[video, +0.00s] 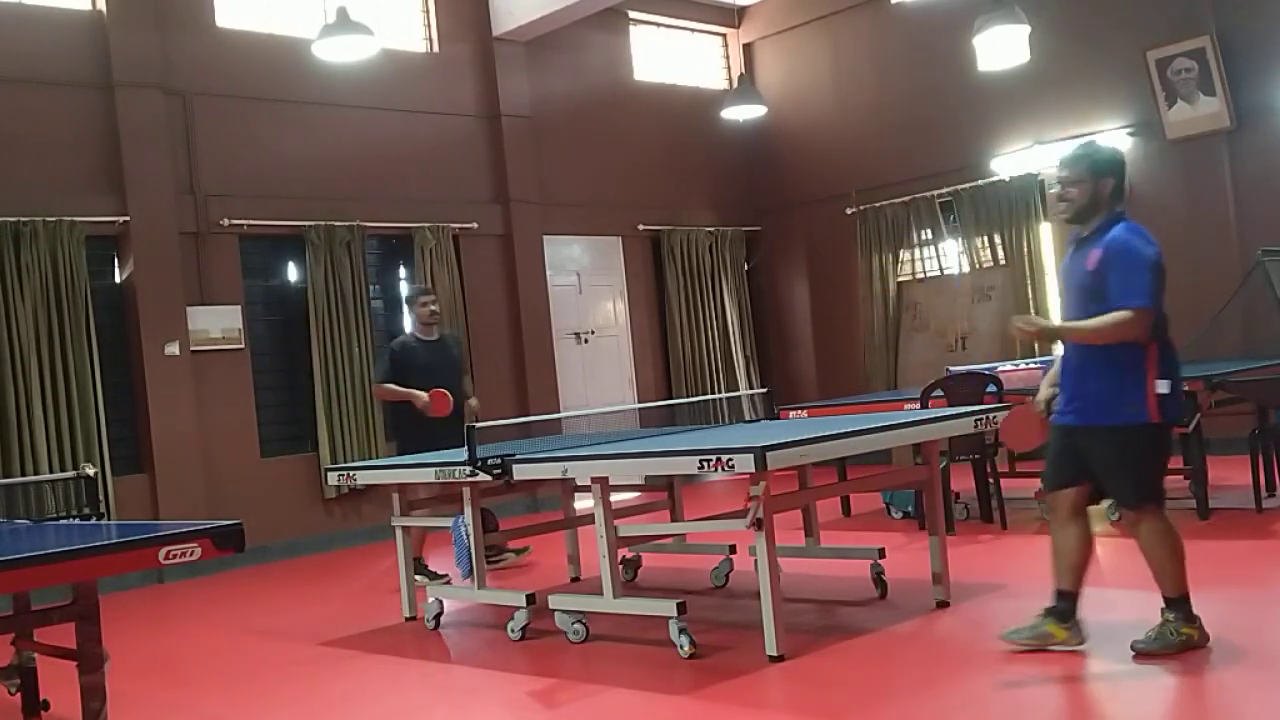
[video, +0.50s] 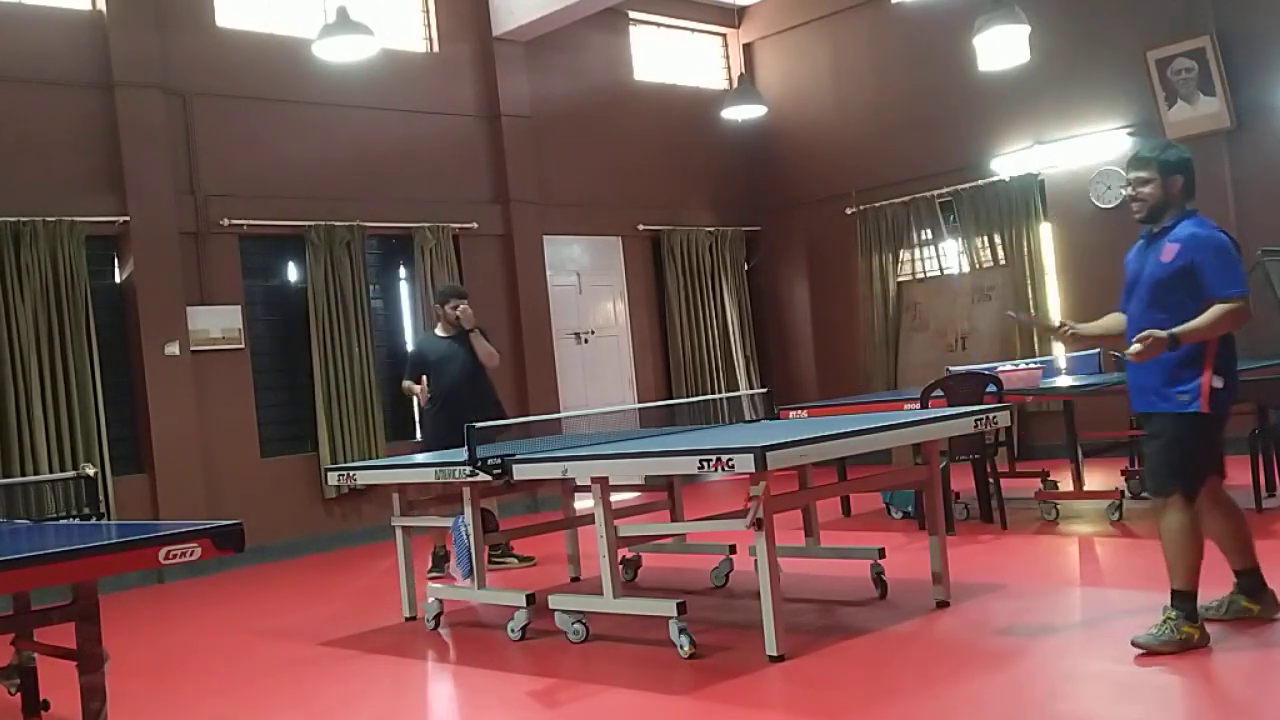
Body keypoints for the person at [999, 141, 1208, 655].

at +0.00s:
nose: (1061, 195)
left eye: (1072, 185)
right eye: (1059, 186)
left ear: (1108, 186)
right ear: (1064, 189)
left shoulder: (1128, 244)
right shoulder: (1080, 249)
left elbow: (1137, 323)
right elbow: (1086, 329)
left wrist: (1057, 331)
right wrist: (1055, 375)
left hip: (1129, 410)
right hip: (1080, 410)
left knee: (1143, 512)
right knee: (1062, 500)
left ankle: (1181, 619)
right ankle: (1062, 618)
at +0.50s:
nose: (1131, 194)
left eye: (1141, 184)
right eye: (1128, 186)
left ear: (1176, 184)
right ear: (1132, 191)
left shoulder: (1204, 237)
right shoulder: (1138, 251)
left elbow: (1235, 308)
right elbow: (1130, 316)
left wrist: (1172, 336)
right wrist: (1083, 331)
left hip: (1190, 397)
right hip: (1159, 398)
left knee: (1172, 496)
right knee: (1206, 492)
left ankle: (1183, 618)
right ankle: (1253, 591)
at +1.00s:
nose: (1148, 192)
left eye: (1154, 183)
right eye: (1147, 183)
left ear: (1183, 182)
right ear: (1185, 184)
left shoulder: (1211, 226)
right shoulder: (1195, 230)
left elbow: (1233, 298)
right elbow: (1210, 310)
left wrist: (1158, 320)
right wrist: (1164, 342)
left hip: (1219, 389)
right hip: (1221, 387)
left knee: (1215, 487)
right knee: (1247, 486)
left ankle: (1241, 600)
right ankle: (1259, 590)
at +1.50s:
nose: (1152, 195)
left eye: (1159, 184)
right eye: (1150, 187)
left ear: (1190, 180)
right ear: (1186, 184)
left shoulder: (1213, 230)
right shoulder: (1192, 231)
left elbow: (1219, 307)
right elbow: (1200, 307)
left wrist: (1145, 315)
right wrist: (1144, 318)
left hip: (1214, 388)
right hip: (1220, 387)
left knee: (1202, 484)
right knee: (1243, 485)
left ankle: (1215, 599)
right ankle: (1258, 591)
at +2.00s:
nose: (1135, 185)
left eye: (1145, 175)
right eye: (1132, 177)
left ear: (1180, 177)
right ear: (1135, 181)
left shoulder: (1190, 233)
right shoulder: (1159, 231)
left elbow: (1188, 315)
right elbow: (1155, 303)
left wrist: (1112, 303)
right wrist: (1118, 346)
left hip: (1197, 391)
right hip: (1181, 389)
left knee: (1198, 492)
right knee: (1217, 487)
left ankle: (1212, 608)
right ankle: (1254, 589)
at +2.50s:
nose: (1102, 189)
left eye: (1114, 180)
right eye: (1100, 180)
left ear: (1149, 182)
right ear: (1103, 183)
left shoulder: (1158, 237)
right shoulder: (1130, 235)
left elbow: (1155, 321)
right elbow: (1137, 308)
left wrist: (1074, 314)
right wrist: (1103, 340)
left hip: (1181, 394)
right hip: (1138, 394)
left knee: (1201, 493)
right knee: (1135, 481)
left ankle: (1214, 606)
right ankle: (1160, 586)